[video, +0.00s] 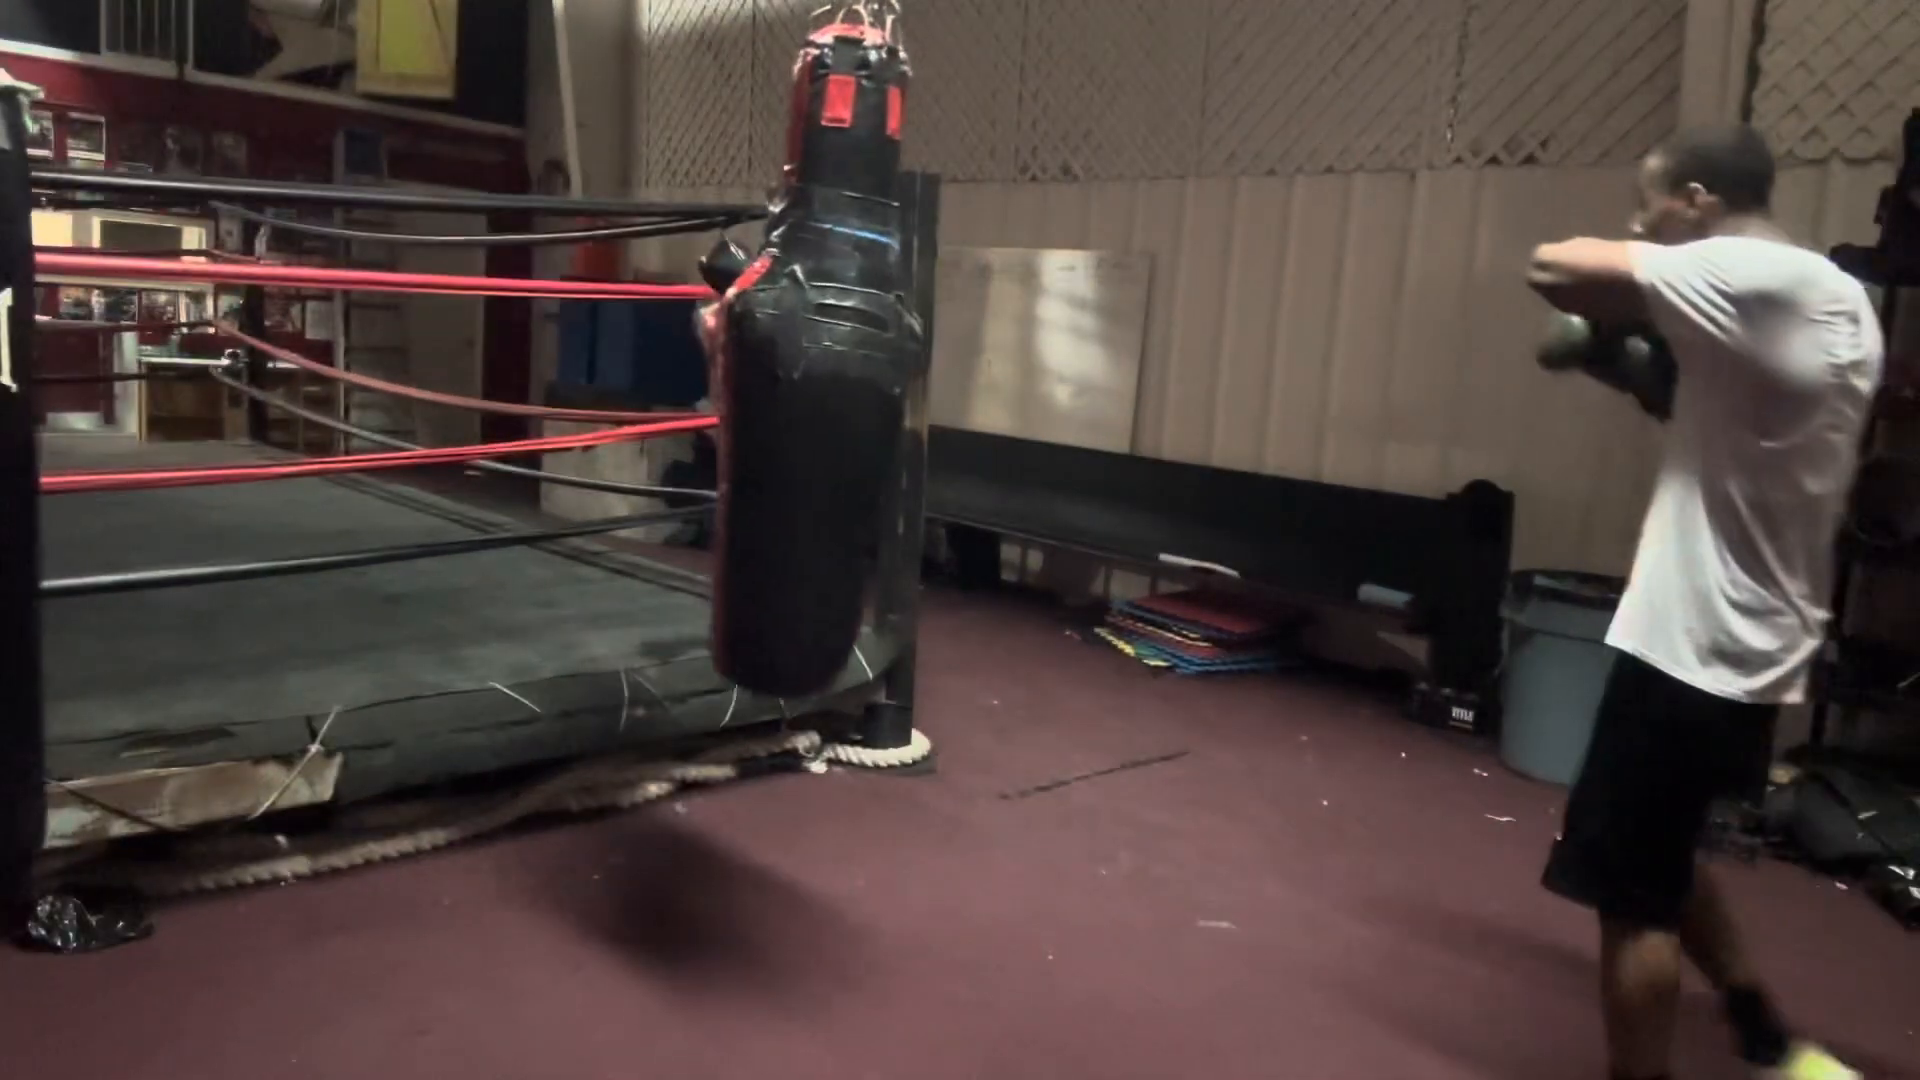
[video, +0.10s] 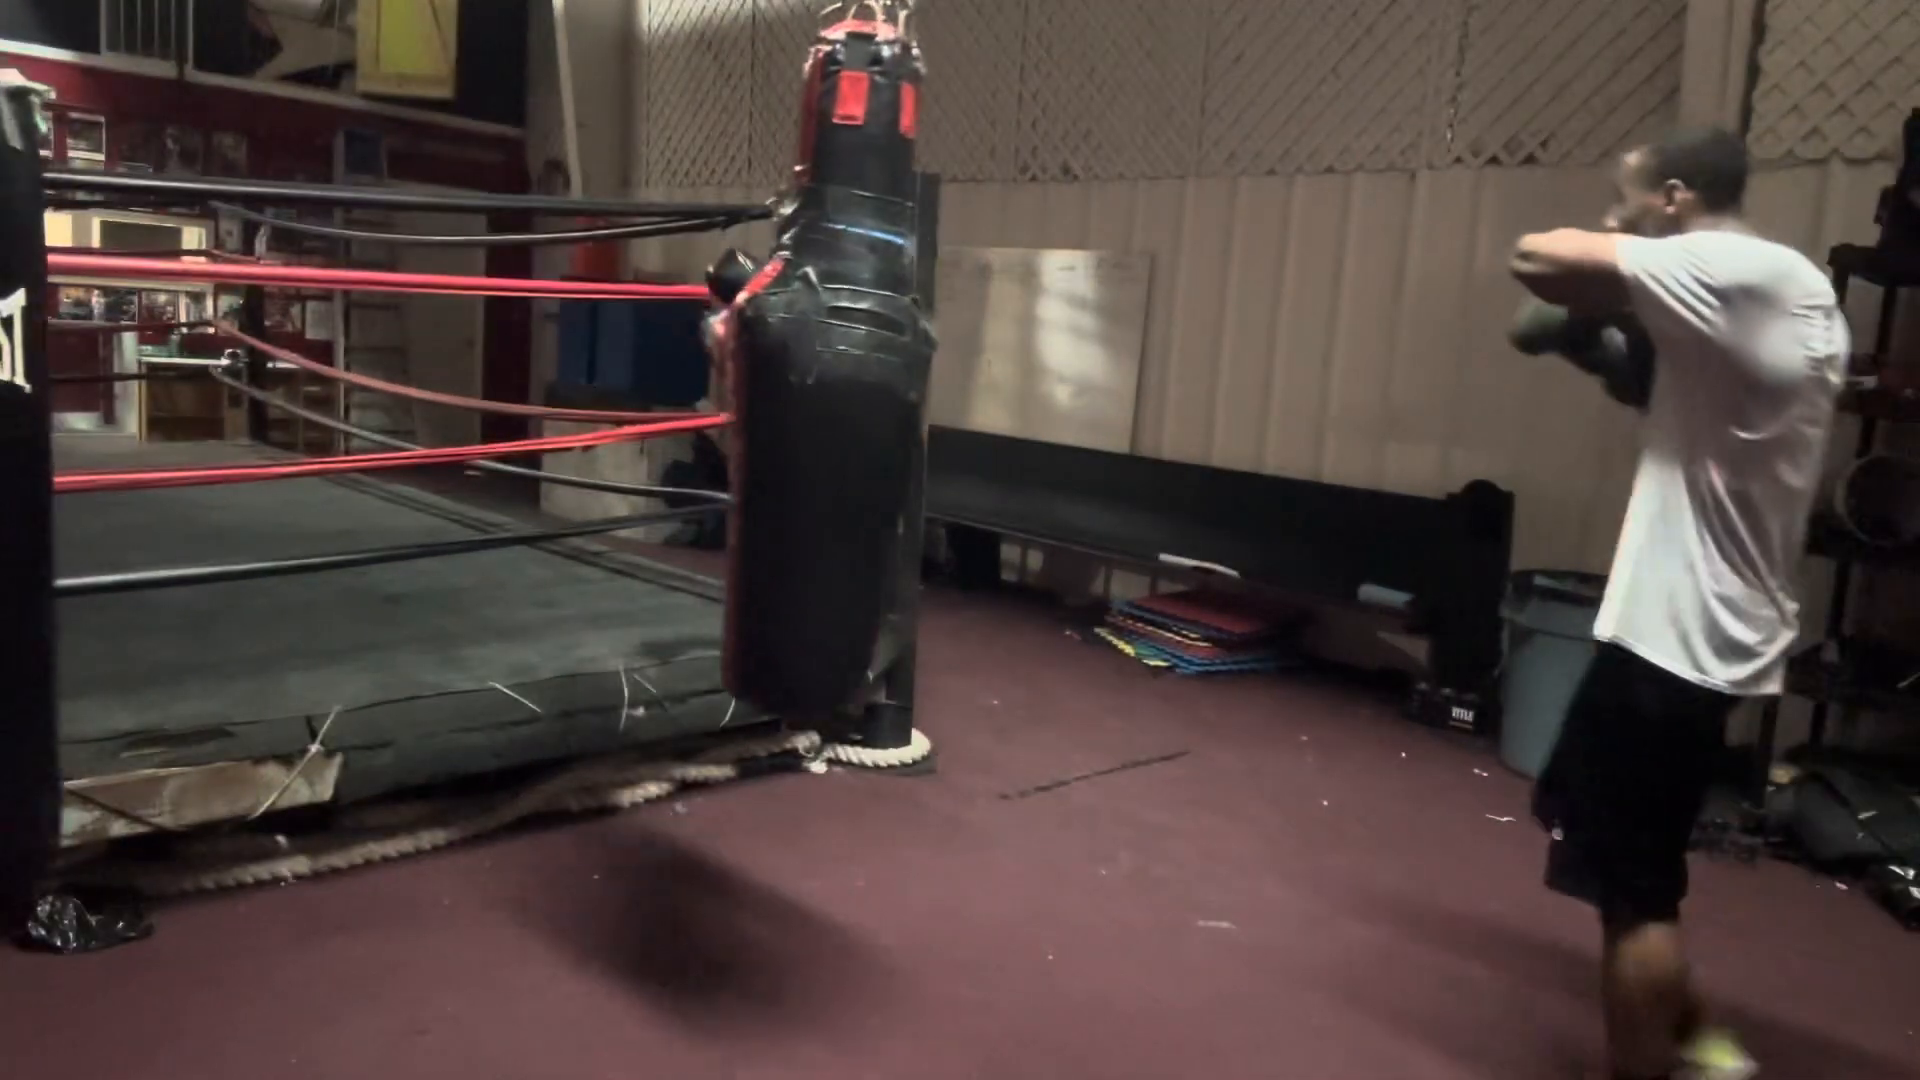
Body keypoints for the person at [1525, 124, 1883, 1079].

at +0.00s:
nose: (1647, 226)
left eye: (1654, 210)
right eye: (1647, 210)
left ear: (1698, 201)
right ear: (1755, 201)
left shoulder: (1743, 275)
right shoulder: (1848, 297)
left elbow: (1551, 262)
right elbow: (1741, 401)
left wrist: (1631, 304)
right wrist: (1628, 361)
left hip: (1689, 651)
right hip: (1757, 652)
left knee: (1633, 890)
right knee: (1661, 857)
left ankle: (1638, 1073)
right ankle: (1769, 1043)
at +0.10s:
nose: (1624, 217)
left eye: (1632, 200)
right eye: (1625, 200)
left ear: (1676, 196)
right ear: (1720, 195)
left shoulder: (1729, 268)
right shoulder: (1809, 289)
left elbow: (1535, 255)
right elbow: (1707, 394)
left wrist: (1621, 260)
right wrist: (1599, 344)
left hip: (1675, 632)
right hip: (1727, 630)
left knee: (1631, 881)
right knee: (1619, 850)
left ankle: (1638, 1070)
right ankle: (1690, 1035)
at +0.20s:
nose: (1594, 221)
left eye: (1604, 206)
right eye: (1595, 206)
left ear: (1655, 204)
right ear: (1675, 204)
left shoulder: (1726, 273)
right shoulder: (1766, 285)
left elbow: (1520, 258)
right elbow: (1661, 416)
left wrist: (1597, 254)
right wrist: (1577, 340)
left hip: (1666, 626)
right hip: (1651, 613)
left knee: (1641, 871)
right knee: (1559, 809)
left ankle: (1642, 1063)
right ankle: (1566, 999)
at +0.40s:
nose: (1542, 231)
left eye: (1559, 213)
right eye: (1542, 211)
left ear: (1624, 217)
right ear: (1618, 222)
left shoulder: (1682, 297)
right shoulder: (1627, 306)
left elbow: (1530, 365)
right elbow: (1563, 450)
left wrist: (1487, 342)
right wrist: (1481, 361)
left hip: (1609, 626)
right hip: (1552, 611)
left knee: (1569, 852)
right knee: (1507, 803)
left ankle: (1623, 1064)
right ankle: (1509, 986)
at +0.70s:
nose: (1493, 217)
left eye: (1513, 202)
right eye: (1488, 199)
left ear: (1575, 205)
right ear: (1489, 203)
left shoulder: (1622, 293)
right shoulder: (1514, 303)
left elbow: (1586, 429)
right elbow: (1441, 448)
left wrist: (1479, 400)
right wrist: (1432, 410)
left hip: (1543, 597)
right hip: (1500, 583)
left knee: (1439, 789)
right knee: (1500, 789)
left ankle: (1494, 1025)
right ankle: (1508, 985)